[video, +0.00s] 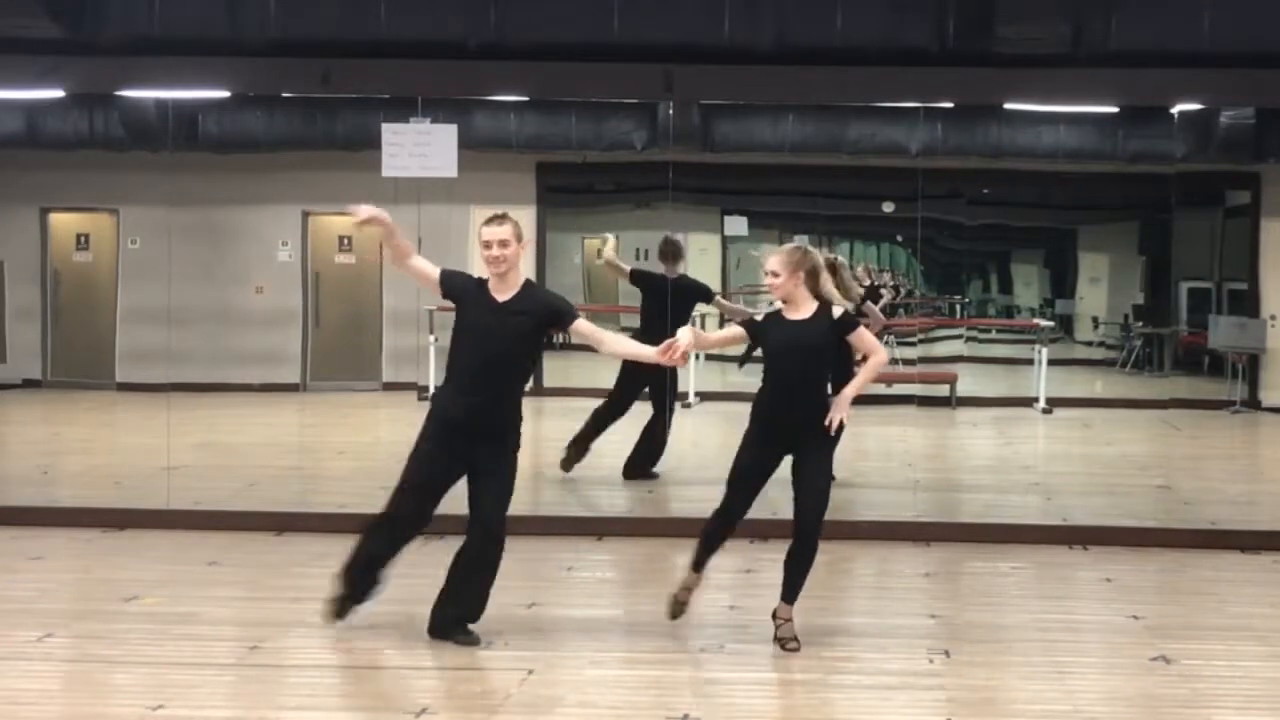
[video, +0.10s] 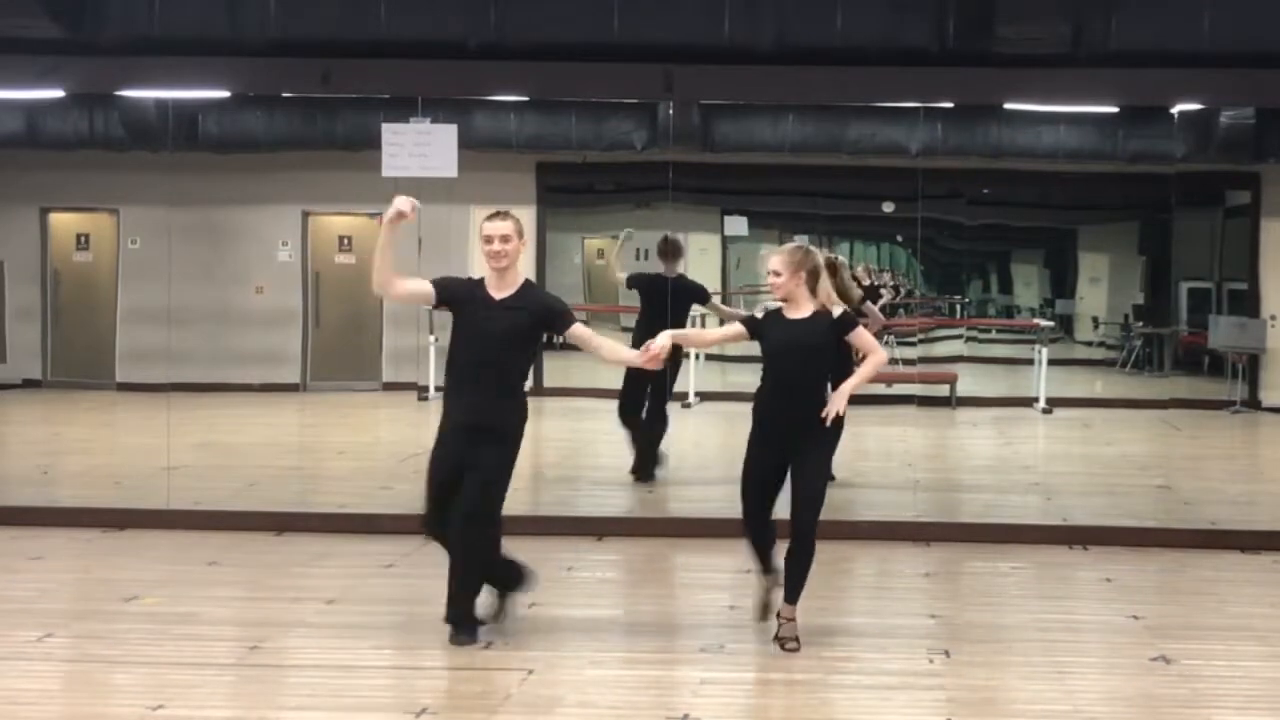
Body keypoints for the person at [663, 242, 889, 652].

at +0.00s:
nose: (767, 281)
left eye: (774, 275)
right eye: (767, 275)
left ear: (800, 277)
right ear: (777, 280)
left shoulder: (836, 317)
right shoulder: (766, 322)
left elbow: (878, 355)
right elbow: (712, 340)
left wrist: (845, 396)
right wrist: (689, 333)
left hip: (816, 433)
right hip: (768, 429)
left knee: (809, 529)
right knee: (731, 509)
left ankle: (785, 612)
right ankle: (692, 577)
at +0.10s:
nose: (770, 281)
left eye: (776, 274)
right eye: (769, 274)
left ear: (802, 276)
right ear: (789, 278)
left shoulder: (834, 320)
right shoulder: (767, 321)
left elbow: (878, 355)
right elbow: (712, 336)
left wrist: (844, 389)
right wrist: (670, 335)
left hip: (814, 434)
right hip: (769, 431)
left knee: (804, 524)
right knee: (754, 515)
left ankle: (790, 611)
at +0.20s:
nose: (773, 277)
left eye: (782, 271)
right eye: (773, 270)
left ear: (806, 274)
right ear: (775, 273)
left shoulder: (832, 318)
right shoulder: (762, 314)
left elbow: (877, 355)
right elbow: (705, 334)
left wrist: (842, 387)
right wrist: (651, 346)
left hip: (816, 429)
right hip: (773, 430)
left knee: (795, 520)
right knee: (788, 522)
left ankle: (785, 610)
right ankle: (827, 589)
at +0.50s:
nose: (784, 280)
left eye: (793, 274)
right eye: (778, 273)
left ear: (807, 280)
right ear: (768, 277)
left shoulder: (820, 324)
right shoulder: (747, 318)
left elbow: (873, 357)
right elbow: (696, 339)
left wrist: (831, 392)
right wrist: (648, 356)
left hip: (814, 440)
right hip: (769, 437)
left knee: (800, 529)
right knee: (769, 529)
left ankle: (779, 614)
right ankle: (801, 580)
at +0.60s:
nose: (777, 275)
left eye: (786, 269)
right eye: (771, 268)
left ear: (800, 276)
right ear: (761, 273)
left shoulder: (815, 321)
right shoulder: (742, 319)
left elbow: (866, 356)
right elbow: (692, 342)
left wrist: (829, 395)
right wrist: (641, 358)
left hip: (810, 438)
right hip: (763, 435)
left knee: (796, 529)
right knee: (760, 524)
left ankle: (773, 613)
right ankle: (752, 593)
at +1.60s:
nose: (758, 268)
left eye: (767, 261)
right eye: (751, 261)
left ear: (782, 267)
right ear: (741, 266)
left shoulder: (798, 318)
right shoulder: (725, 313)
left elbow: (831, 360)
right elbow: (675, 342)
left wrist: (824, 399)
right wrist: (623, 360)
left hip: (784, 433)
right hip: (735, 432)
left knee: (752, 506)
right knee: (737, 534)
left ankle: (718, 594)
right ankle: (749, 643)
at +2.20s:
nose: (765, 272)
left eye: (774, 264)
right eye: (757, 264)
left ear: (788, 269)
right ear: (747, 268)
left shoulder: (807, 317)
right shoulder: (734, 315)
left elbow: (839, 358)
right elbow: (686, 339)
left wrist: (826, 397)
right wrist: (639, 353)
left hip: (785, 437)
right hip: (737, 435)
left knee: (759, 532)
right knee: (743, 532)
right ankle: (752, 633)